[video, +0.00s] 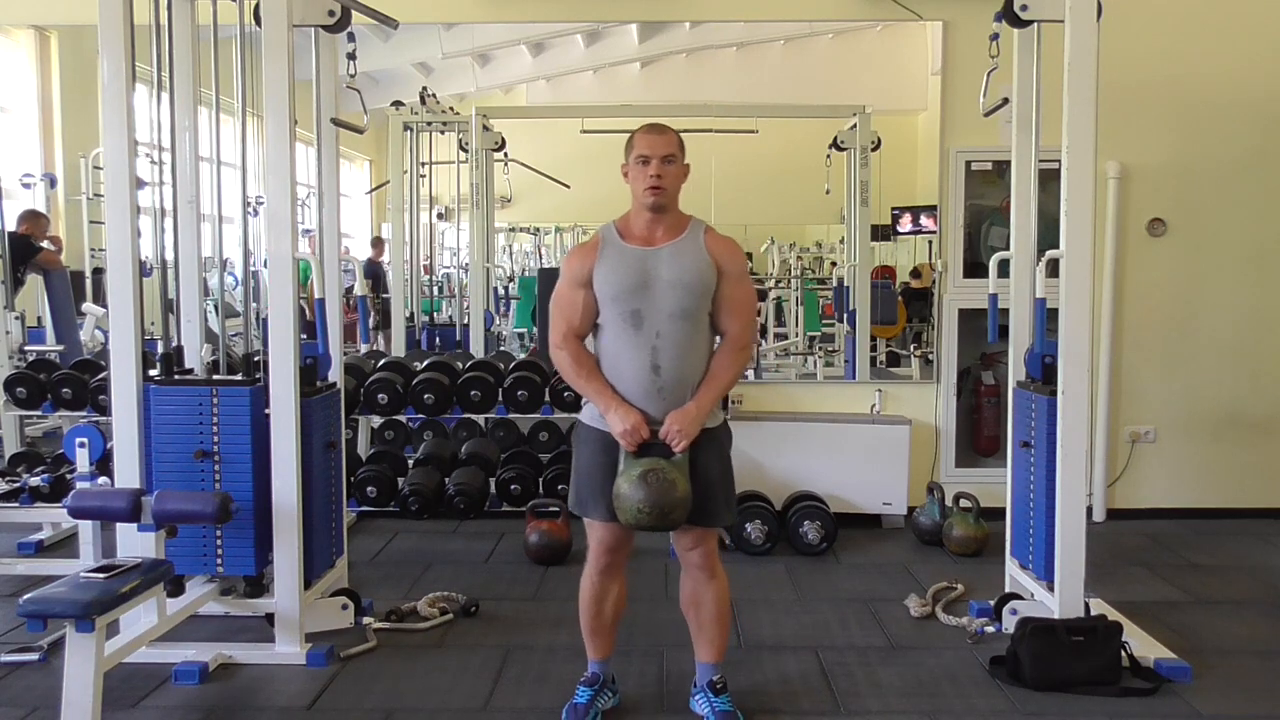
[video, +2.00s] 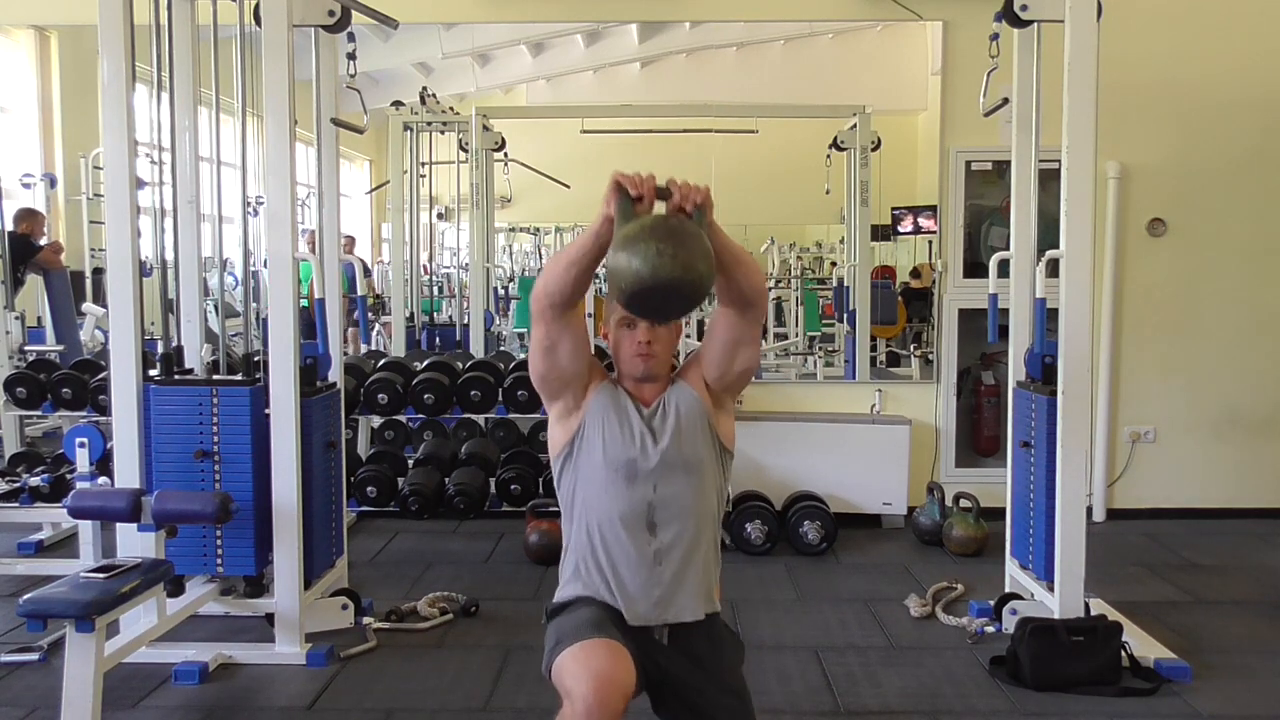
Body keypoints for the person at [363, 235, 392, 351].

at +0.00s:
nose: (384, 251)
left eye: (384, 247)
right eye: (382, 248)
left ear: (377, 248)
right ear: (376, 248)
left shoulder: (379, 265)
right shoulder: (368, 265)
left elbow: (384, 284)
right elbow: (367, 289)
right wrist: (372, 310)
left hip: (385, 302)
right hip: (375, 303)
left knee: (387, 336)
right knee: (372, 337)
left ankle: (388, 359)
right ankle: (367, 360)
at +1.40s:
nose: (365, 248)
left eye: (368, 245)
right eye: (363, 245)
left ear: (374, 246)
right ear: (360, 248)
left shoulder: (381, 265)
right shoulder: (355, 265)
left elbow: (387, 287)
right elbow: (350, 288)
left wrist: (387, 308)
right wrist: (353, 307)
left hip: (377, 304)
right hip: (360, 304)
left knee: (381, 338)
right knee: (358, 337)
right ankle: (357, 363)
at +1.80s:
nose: (350, 248)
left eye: (353, 245)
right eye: (348, 245)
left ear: (358, 246)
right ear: (346, 246)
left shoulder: (367, 264)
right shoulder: (343, 264)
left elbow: (374, 285)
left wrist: (371, 305)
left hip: (363, 302)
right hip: (348, 302)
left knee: (366, 335)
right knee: (352, 335)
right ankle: (355, 360)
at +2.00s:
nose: (343, 248)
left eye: (346, 245)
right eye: (342, 245)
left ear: (353, 246)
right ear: (341, 246)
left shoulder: (360, 263)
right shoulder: (339, 263)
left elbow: (369, 281)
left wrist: (373, 294)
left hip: (356, 302)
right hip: (341, 301)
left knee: (352, 334)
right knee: (342, 334)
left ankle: (353, 362)